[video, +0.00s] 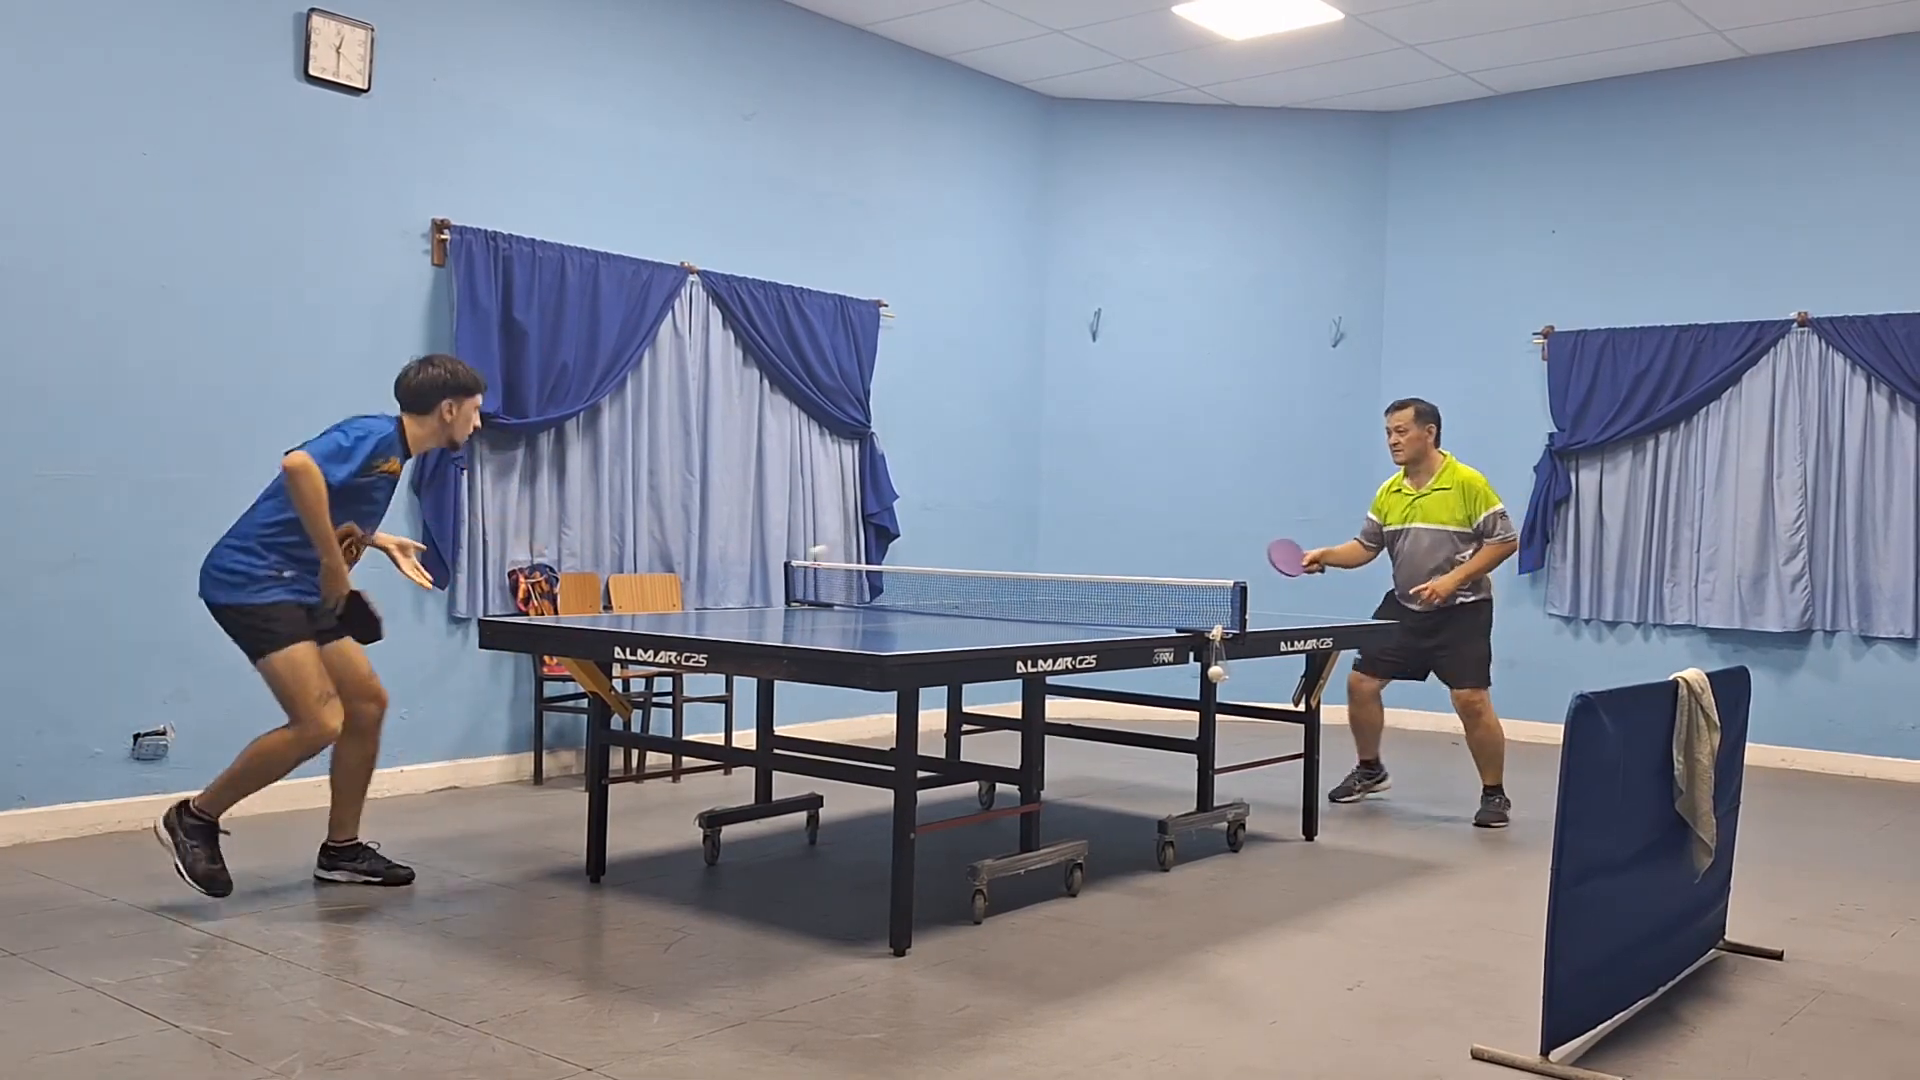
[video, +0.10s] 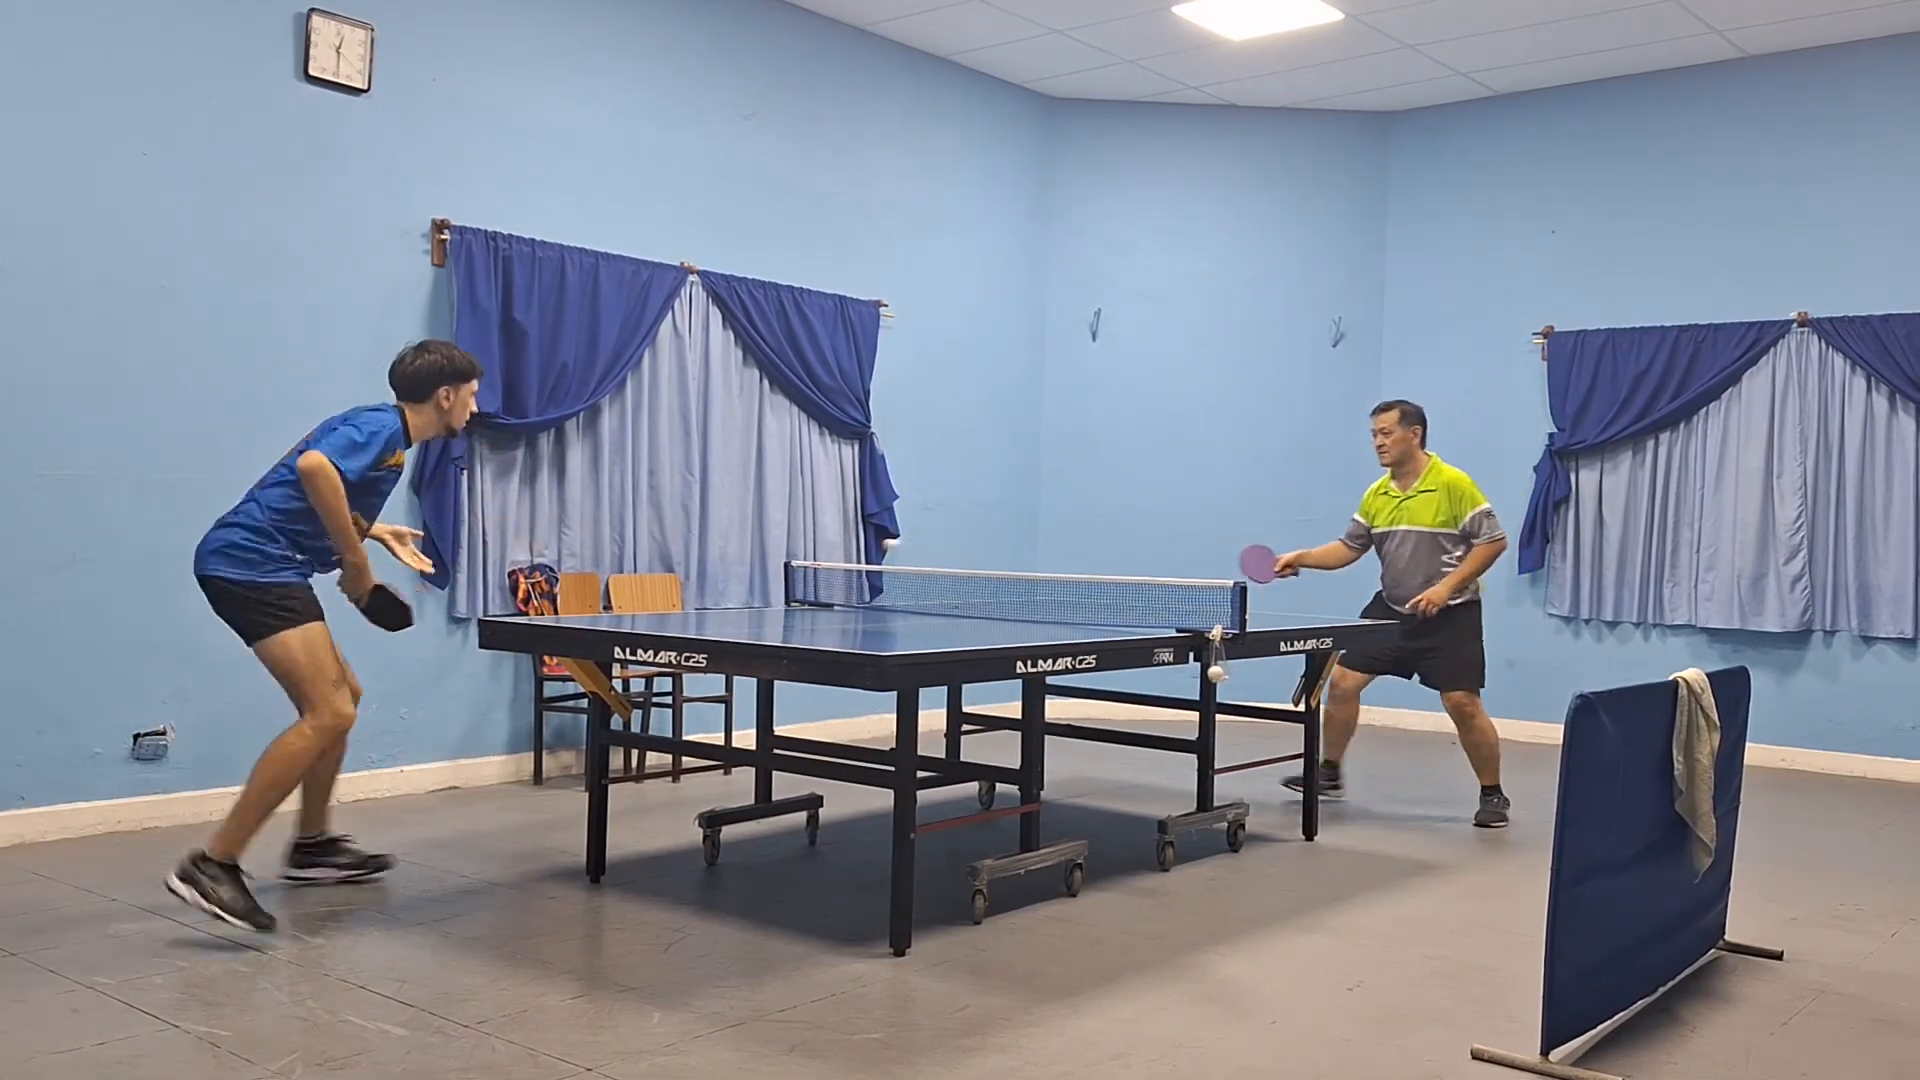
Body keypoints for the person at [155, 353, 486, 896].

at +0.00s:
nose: (479, 421)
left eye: (480, 410)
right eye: (476, 409)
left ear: (439, 408)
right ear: (447, 409)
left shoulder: (393, 453)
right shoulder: (375, 434)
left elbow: (326, 506)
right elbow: (299, 467)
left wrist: (382, 539)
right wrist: (332, 564)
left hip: (298, 584)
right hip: (250, 580)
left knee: (367, 704)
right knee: (319, 722)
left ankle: (342, 848)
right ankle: (196, 816)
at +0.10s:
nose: (474, 408)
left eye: (475, 396)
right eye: (471, 396)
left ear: (434, 395)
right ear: (443, 396)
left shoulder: (389, 441)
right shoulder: (381, 427)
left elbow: (317, 499)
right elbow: (314, 465)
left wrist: (377, 530)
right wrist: (355, 559)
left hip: (275, 566)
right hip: (249, 564)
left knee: (343, 697)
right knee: (326, 714)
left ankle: (312, 843)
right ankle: (214, 862)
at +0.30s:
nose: (450, 433)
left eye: (449, 422)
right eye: (445, 422)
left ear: (390, 428)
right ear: (420, 427)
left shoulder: (339, 468)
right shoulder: (375, 477)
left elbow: (300, 555)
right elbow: (343, 546)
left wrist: (376, 560)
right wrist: (437, 593)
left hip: (224, 623)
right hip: (258, 630)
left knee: (311, 748)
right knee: (360, 772)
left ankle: (236, 857)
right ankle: (273, 943)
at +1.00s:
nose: (439, 469)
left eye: (443, 455)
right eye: (439, 454)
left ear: (377, 443)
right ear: (412, 449)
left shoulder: (307, 472)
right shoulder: (362, 502)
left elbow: (375, 557)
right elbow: (424, 608)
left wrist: (465, 570)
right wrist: (502, 601)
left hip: (161, 638)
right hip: (211, 642)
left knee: (258, 746)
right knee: (380, 764)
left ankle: (178, 894)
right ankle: (327, 960)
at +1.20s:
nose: (428, 482)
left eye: (433, 468)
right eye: (430, 467)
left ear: (355, 446)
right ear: (404, 455)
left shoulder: (278, 464)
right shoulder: (371, 502)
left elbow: (337, 537)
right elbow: (476, 595)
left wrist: (433, 549)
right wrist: (470, 634)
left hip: (164, 659)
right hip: (237, 667)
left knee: (237, 760)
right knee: (406, 798)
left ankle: (177, 892)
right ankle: (302, 980)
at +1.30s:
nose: (412, 465)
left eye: (415, 453)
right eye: (414, 452)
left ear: (339, 436)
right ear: (392, 445)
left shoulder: (258, 461)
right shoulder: (372, 501)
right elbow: (505, 545)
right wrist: (471, 591)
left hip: (168, 677)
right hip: (244, 691)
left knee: (259, 754)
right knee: (422, 808)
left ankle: (170, 897)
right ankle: (303, 980)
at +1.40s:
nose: (396, 446)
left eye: (397, 433)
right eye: (396, 433)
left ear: (318, 432)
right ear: (373, 438)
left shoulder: (237, 469)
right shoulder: (354, 514)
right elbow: (491, 539)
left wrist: (408, 551)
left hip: (165, 690)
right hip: (233, 701)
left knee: (272, 764)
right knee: (417, 807)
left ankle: (161, 907)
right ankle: (302, 981)